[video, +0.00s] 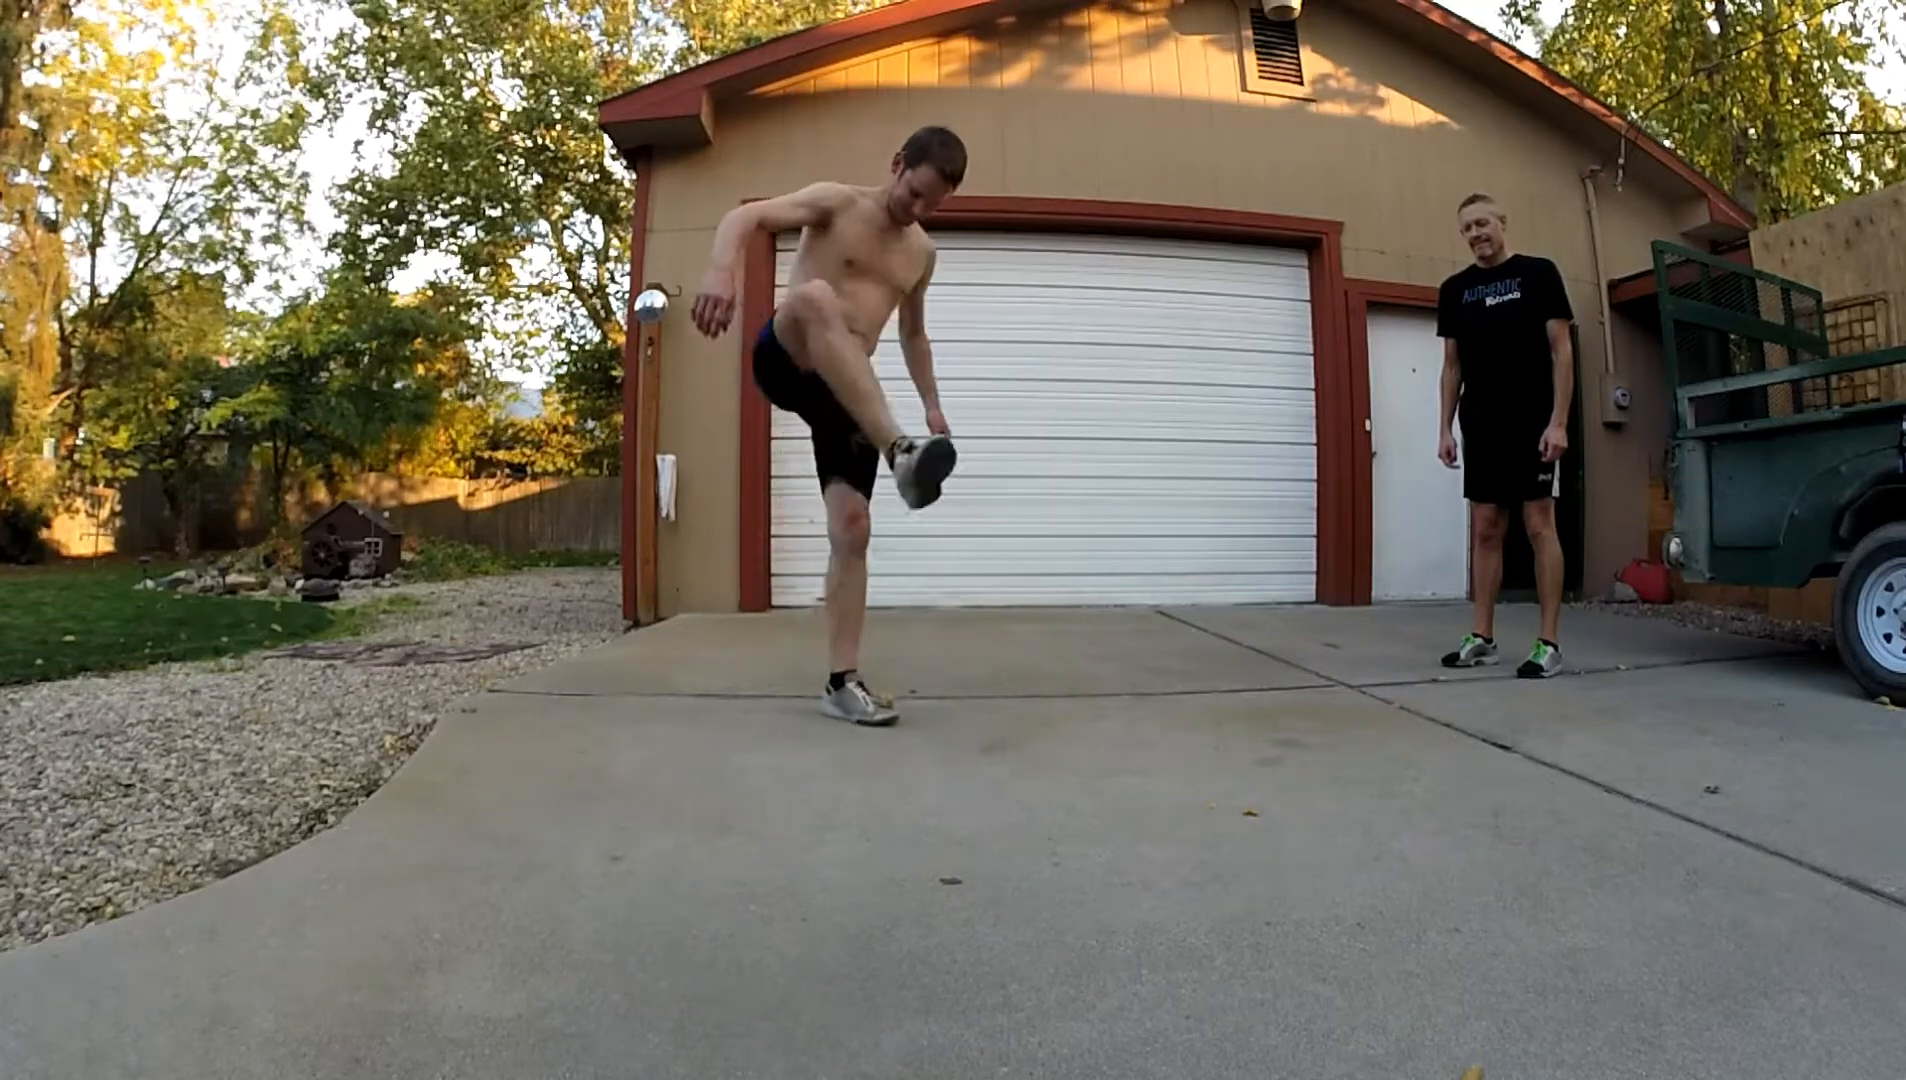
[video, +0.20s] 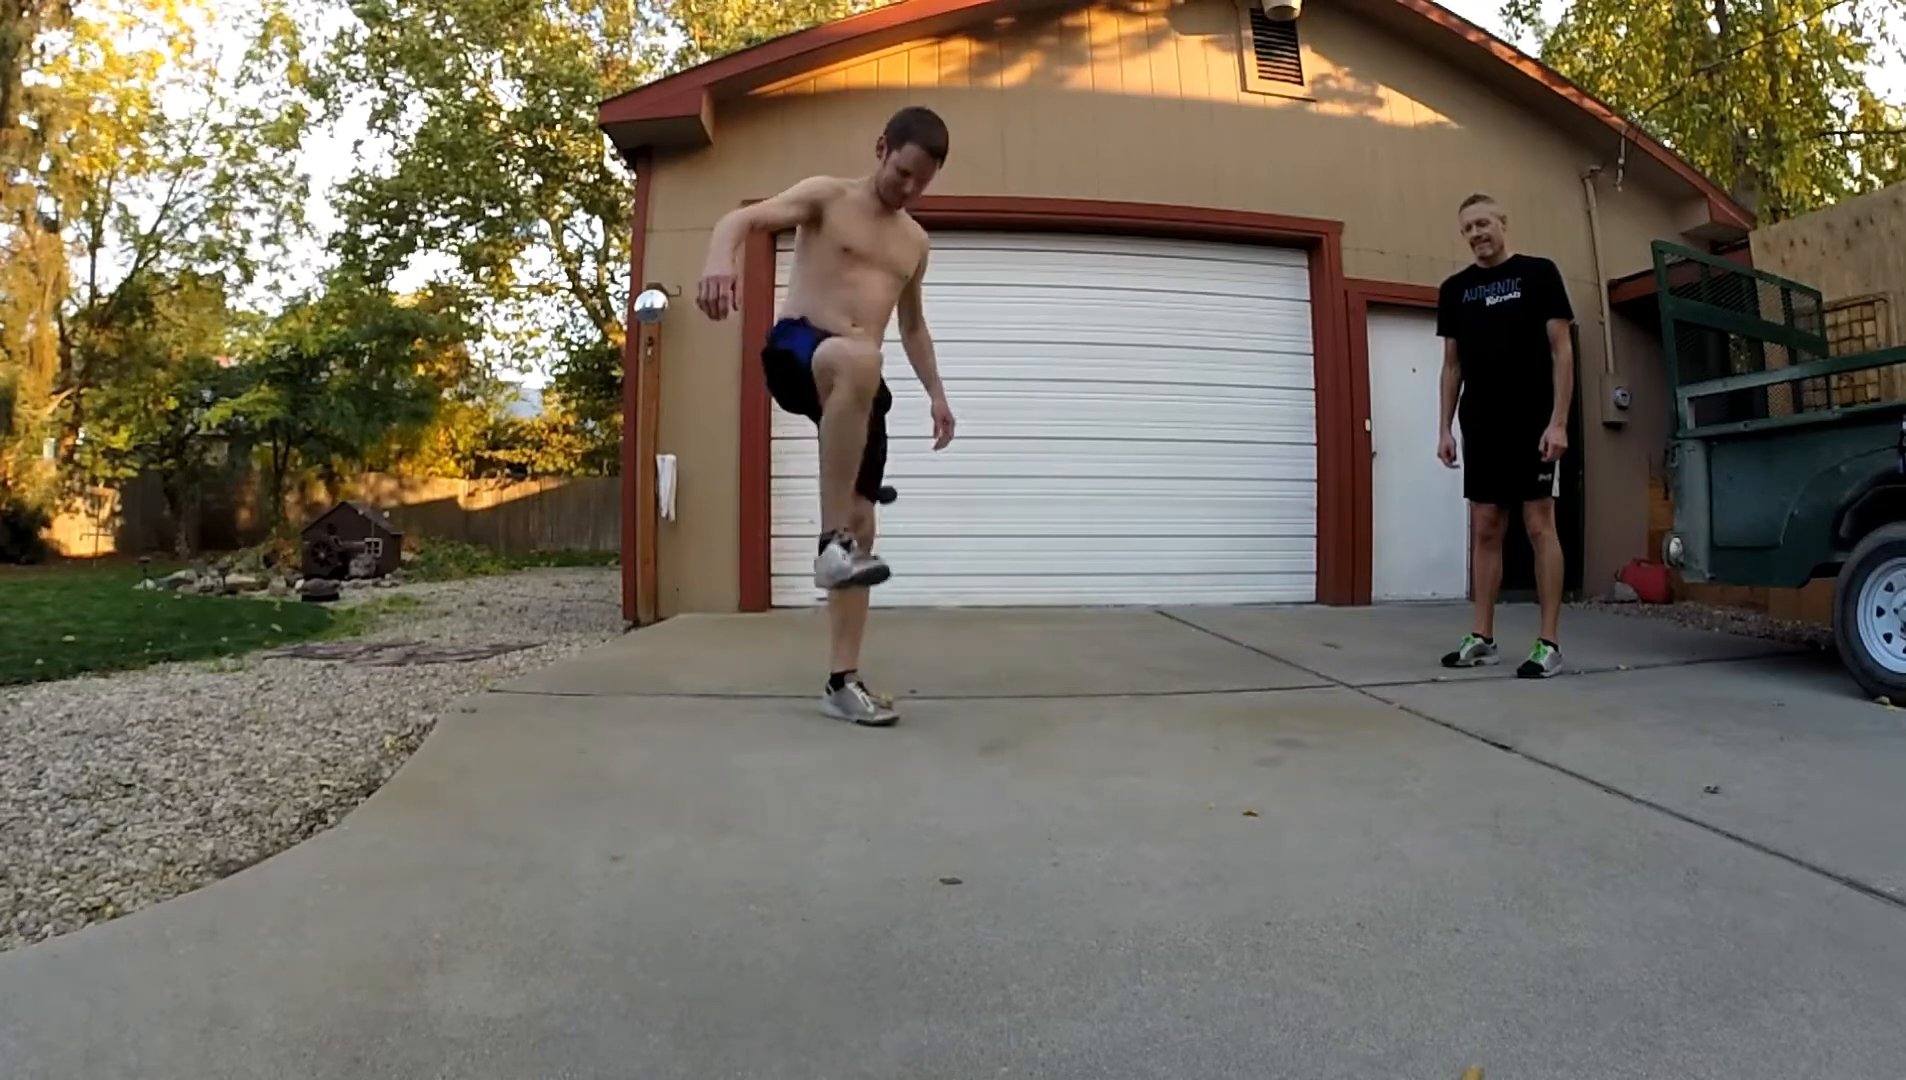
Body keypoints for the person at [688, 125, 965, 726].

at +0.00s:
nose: (919, 207)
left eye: (933, 200)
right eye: (916, 191)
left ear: (946, 197)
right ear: (897, 166)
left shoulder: (920, 253)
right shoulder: (837, 202)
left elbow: (913, 333)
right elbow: (743, 216)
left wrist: (932, 404)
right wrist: (722, 274)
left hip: (849, 391)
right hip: (786, 369)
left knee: (853, 529)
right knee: (814, 297)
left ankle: (843, 680)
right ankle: (899, 453)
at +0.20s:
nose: (910, 189)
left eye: (923, 180)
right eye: (904, 173)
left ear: (933, 175)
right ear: (881, 151)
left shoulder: (914, 243)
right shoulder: (826, 195)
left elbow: (913, 323)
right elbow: (738, 220)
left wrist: (936, 394)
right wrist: (716, 267)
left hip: (865, 374)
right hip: (796, 349)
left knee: (858, 527)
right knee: (859, 357)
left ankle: (843, 679)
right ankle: (834, 541)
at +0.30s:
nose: (908, 183)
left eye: (920, 174)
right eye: (902, 167)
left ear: (929, 168)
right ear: (877, 146)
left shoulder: (913, 238)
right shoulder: (822, 194)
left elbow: (913, 318)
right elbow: (734, 228)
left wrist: (938, 390)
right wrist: (714, 289)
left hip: (862, 369)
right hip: (801, 349)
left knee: (854, 517)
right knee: (868, 425)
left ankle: (841, 680)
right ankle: (853, 605)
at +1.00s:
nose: (833, 136)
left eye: (845, 123)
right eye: (822, 121)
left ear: (860, 109)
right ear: (793, 96)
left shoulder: (868, 151)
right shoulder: (757, 181)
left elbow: (890, 232)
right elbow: (720, 290)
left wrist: (928, 300)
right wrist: (710, 395)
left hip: (880, 358)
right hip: (818, 360)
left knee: (877, 527)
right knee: (824, 533)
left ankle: (856, 676)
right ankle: (820, 715)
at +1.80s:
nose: (859, 110)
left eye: (870, 96)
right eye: (848, 92)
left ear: (880, 88)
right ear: (810, 72)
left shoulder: (879, 152)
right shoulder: (760, 168)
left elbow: (888, 247)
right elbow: (674, 255)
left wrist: (925, 322)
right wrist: (644, 340)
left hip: (887, 352)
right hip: (821, 352)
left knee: (921, 526)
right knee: (844, 538)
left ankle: (911, 715)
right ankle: (828, 724)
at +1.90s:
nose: (867, 125)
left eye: (878, 111)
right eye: (857, 107)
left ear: (887, 105)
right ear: (819, 89)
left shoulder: (878, 170)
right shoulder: (766, 175)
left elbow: (889, 263)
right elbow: (668, 232)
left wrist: (927, 342)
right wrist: (630, 285)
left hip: (887, 359)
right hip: (821, 357)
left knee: (948, 494)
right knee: (845, 540)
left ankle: (946, 703)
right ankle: (827, 725)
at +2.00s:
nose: (885, 131)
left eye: (897, 117)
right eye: (875, 112)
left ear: (903, 113)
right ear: (838, 94)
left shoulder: (889, 181)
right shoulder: (781, 173)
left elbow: (897, 270)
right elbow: (706, 201)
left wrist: (935, 354)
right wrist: (677, 207)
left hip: (883, 356)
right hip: (816, 356)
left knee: (987, 384)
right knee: (841, 542)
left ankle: (1005, 585)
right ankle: (827, 725)